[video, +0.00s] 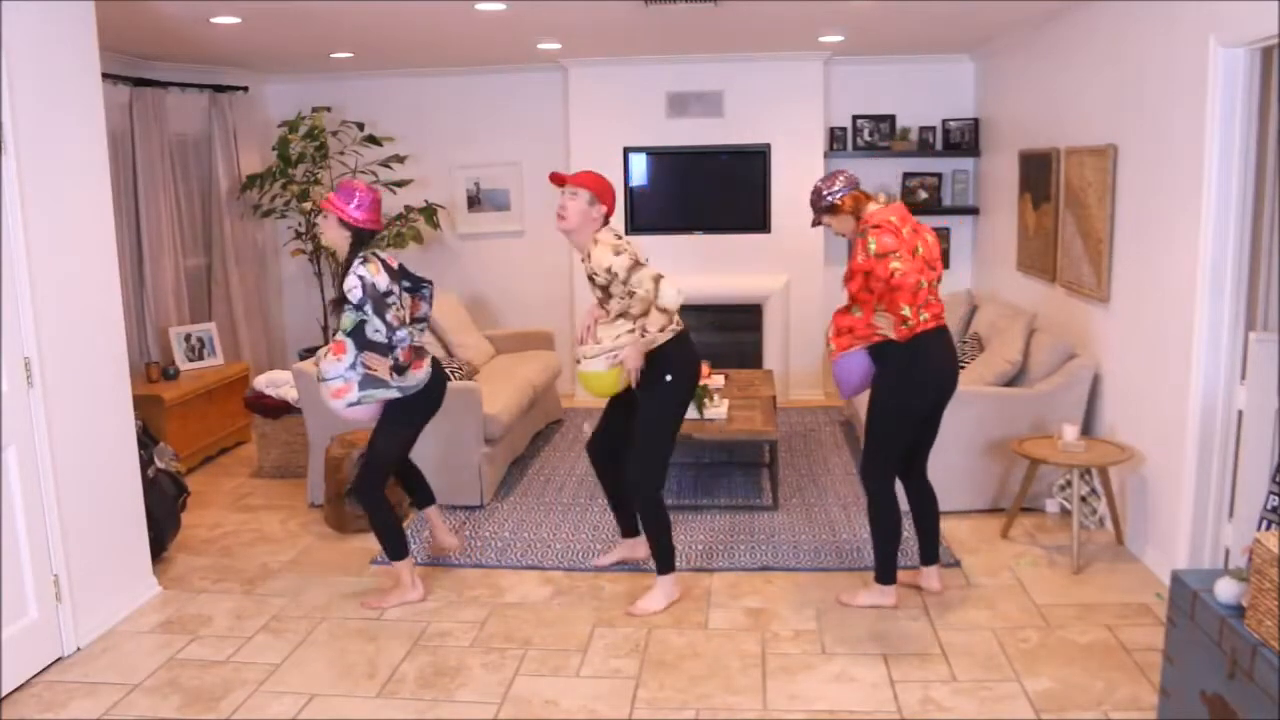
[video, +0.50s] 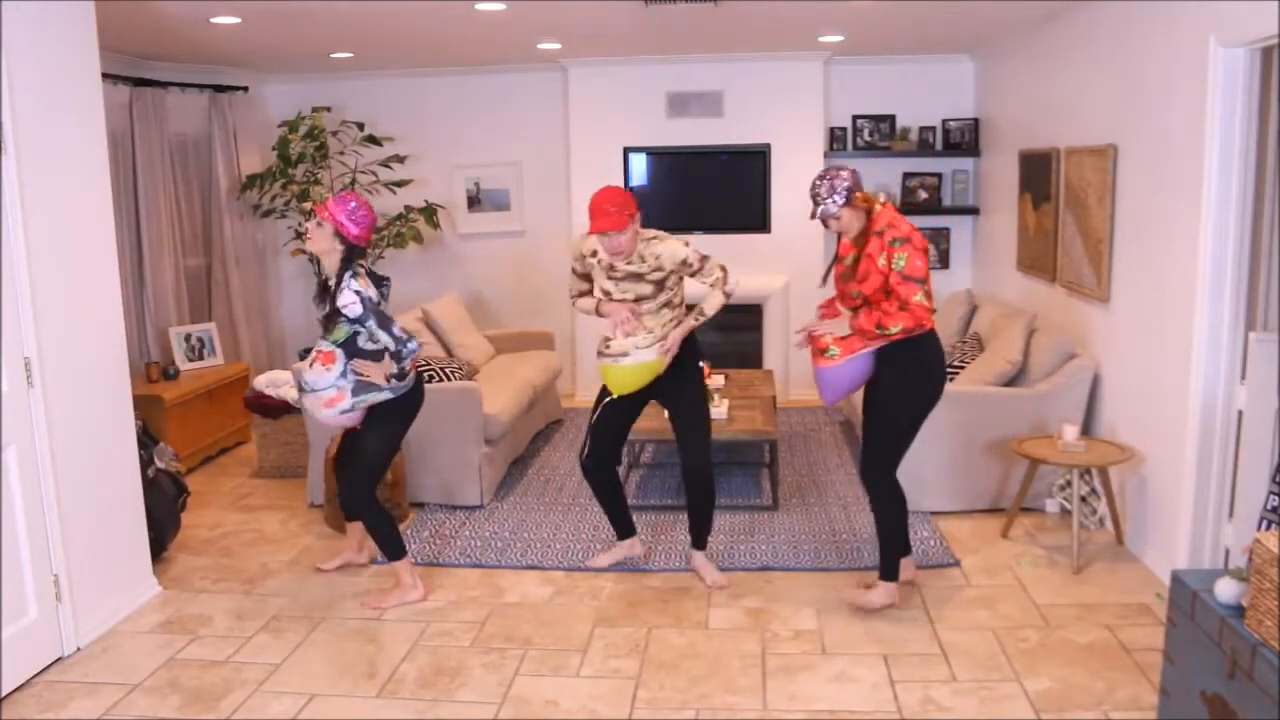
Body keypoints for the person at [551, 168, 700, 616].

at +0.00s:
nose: (561, 205)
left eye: (572, 199)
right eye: (562, 197)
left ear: (598, 212)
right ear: (566, 208)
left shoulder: (610, 255)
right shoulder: (593, 249)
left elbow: (667, 297)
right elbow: (624, 287)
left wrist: (638, 346)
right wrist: (594, 314)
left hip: (672, 361)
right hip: (647, 361)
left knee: (642, 473)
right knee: (604, 449)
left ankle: (668, 579)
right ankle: (632, 540)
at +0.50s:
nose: (614, 242)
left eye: (621, 232)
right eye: (605, 235)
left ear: (637, 223)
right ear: (594, 232)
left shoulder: (667, 250)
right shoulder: (586, 252)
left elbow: (721, 282)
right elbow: (578, 295)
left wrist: (684, 329)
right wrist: (606, 307)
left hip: (677, 359)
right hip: (626, 362)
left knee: (697, 457)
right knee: (595, 459)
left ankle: (699, 550)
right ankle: (628, 540)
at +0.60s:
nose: (626, 233)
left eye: (634, 223)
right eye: (618, 225)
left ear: (650, 215)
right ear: (607, 220)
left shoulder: (677, 243)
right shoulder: (593, 245)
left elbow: (728, 276)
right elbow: (576, 291)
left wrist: (691, 324)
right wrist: (612, 303)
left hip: (678, 358)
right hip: (628, 362)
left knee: (699, 452)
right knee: (590, 455)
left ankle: (700, 550)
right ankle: (608, 542)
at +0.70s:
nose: (630, 225)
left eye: (638, 214)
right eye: (621, 216)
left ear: (653, 207)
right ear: (610, 212)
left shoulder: (680, 238)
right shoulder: (593, 239)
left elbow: (728, 275)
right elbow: (570, 288)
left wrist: (689, 324)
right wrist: (610, 299)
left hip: (676, 356)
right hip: (625, 359)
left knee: (697, 451)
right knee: (589, 455)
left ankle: (700, 550)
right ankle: (599, 545)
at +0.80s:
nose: (629, 211)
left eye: (638, 202)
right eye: (621, 202)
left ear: (652, 198)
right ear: (608, 200)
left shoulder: (678, 230)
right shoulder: (590, 228)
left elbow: (722, 274)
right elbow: (556, 283)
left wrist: (683, 325)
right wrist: (606, 293)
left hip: (664, 352)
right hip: (612, 354)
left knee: (693, 448)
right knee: (589, 452)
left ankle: (700, 548)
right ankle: (597, 549)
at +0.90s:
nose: (627, 205)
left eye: (635, 196)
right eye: (619, 196)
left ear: (649, 192)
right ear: (606, 194)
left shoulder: (674, 226)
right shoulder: (584, 224)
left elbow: (716, 272)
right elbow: (546, 279)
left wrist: (680, 320)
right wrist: (599, 288)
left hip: (656, 350)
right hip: (603, 352)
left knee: (694, 445)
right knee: (585, 451)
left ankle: (701, 547)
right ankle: (598, 550)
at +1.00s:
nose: (626, 193)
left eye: (634, 183)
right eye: (617, 183)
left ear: (649, 181)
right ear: (604, 184)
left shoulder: (673, 222)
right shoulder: (582, 217)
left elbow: (712, 270)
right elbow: (543, 271)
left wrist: (676, 317)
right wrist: (596, 283)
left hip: (652, 348)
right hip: (600, 350)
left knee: (686, 446)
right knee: (583, 453)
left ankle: (701, 550)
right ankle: (597, 548)